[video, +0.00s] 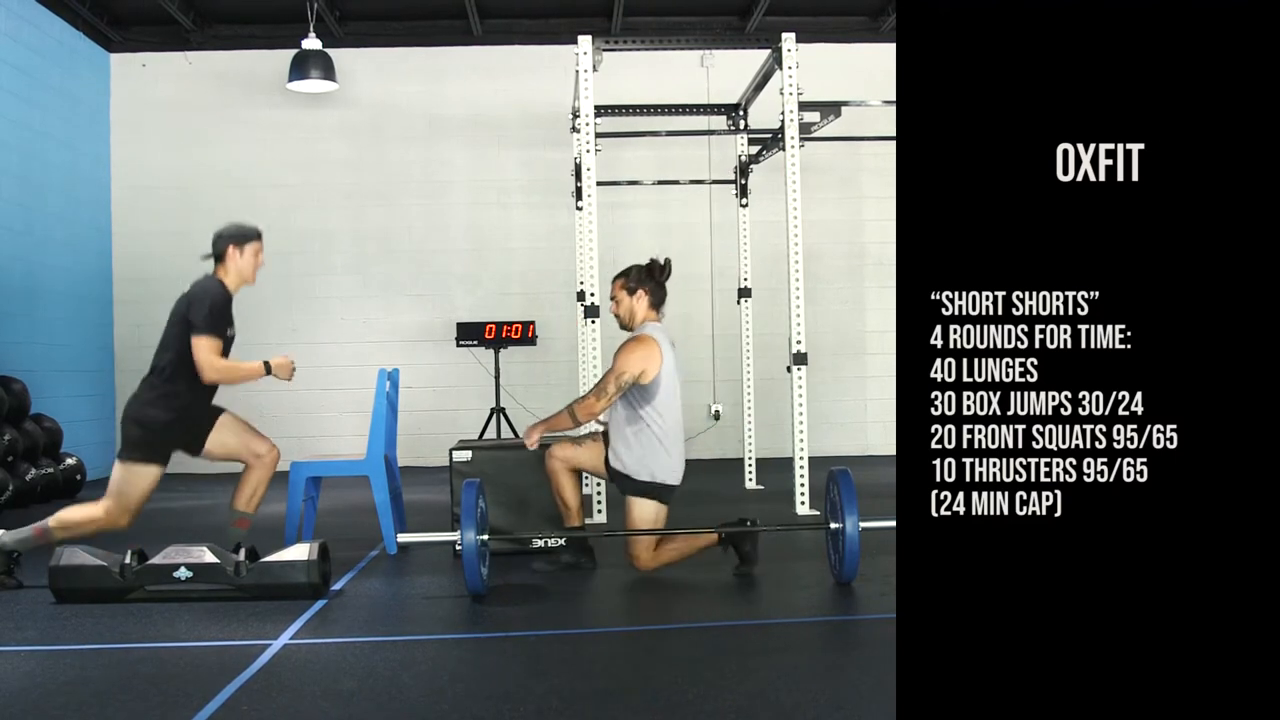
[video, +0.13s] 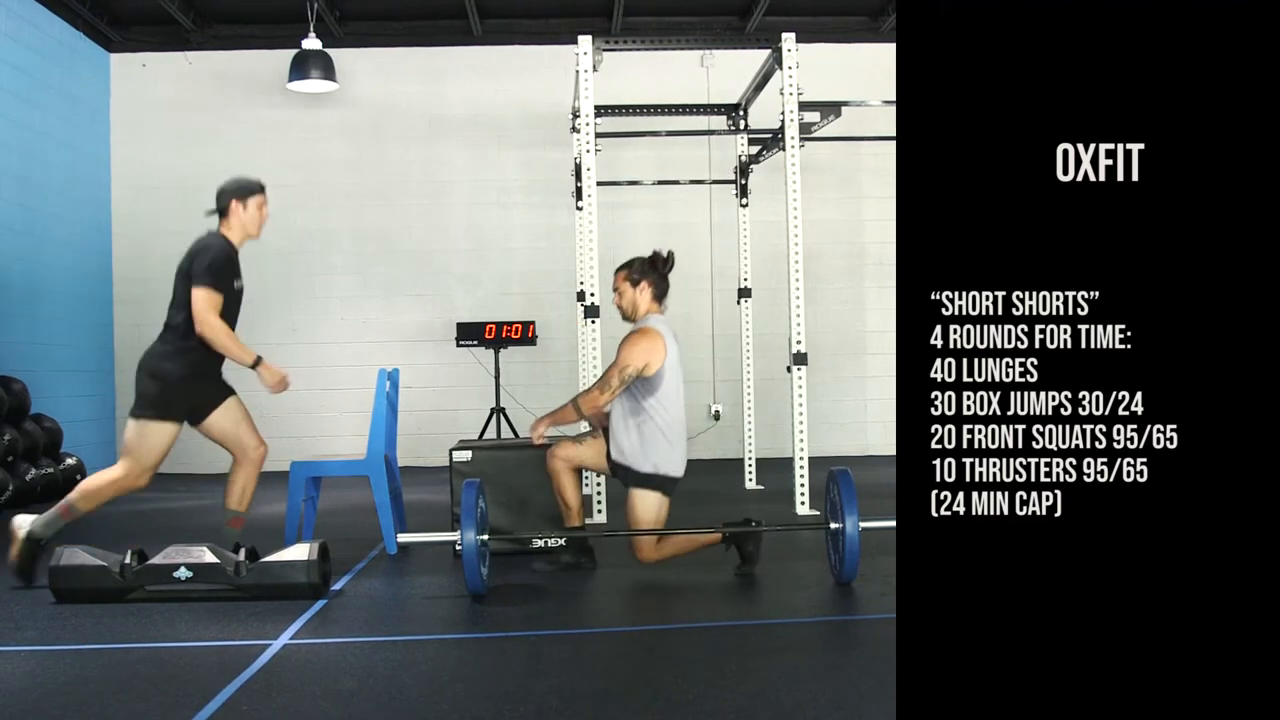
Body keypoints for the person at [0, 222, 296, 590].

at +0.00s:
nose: (262, 261)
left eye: (261, 253)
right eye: (257, 253)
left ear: (234, 255)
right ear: (233, 254)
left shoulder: (219, 298)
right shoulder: (208, 293)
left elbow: (203, 368)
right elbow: (210, 368)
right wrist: (268, 368)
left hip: (188, 414)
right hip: (155, 415)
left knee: (264, 453)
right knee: (115, 514)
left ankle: (234, 550)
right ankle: (11, 541)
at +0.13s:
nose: (265, 216)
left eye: (265, 209)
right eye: (260, 208)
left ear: (237, 209)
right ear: (236, 208)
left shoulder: (225, 255)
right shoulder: (213, 252)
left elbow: (204, 325)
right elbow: (206, 323)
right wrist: (260, 365)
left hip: (198, 377)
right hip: (170, 374)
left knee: (252, 451)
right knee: (134, 473)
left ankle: (229, 551)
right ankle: (35, 530)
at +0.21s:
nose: (266, 194)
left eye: (267, 186)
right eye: (261, 186)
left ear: (239, 187)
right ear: (236, 185)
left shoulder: (230, 236)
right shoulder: (211, 231)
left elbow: (215, 307)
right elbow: (199, 301)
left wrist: (240, 355)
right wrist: (234, 359)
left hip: (206, 358)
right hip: (177, 356)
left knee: (238, 448)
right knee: (162, 458)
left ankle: (230, 551)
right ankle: (69, 525)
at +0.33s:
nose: (264, 180)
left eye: (265, 172)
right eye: (258, 172)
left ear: (243, 174)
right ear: (233, 172)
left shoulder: (242, 226)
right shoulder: (204, 220)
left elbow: (240, 291)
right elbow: (183, 288)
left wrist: (279, 333)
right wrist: (194, 351)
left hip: (220, 346)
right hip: (188, 344)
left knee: (227, 446)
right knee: (200, 446)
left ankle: (227, 547)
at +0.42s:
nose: (264, 180)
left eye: (265, 172)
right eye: (258, 171)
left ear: (244, 174)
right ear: (232, 171)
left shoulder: (245, 225)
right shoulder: (203, 222)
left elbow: (255, 288)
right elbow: (174, 287)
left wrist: (299, 329)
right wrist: (178, 351)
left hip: (225, 349)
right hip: (194, 349)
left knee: (230, 446)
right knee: (207, 448)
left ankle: (226, 545)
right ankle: (192, 550)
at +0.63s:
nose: (267, 187)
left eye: (268, 179)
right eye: (261, 178)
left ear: (242, 178)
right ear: (235, 175)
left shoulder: (243, 224)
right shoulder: (206, 224)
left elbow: (263, 282)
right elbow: (172, 290)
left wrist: (303, 315)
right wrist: (170, 359)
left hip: (220, 348)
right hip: (191, 348)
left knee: (234, 445)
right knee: (217, 448)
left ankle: (213, 542)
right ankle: (213, 550)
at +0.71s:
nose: (265, 193)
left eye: (267, 185)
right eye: (260, 184)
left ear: (245, 183)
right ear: (234, 179)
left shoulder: (246, 227)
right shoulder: (200, 229)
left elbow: (265, 284)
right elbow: (164, 295)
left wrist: (292, 315)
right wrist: (160, 363)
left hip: (218, 352)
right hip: (187, 354)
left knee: (218, 450)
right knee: (224, 450)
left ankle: (153, 532)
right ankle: (214, 553)